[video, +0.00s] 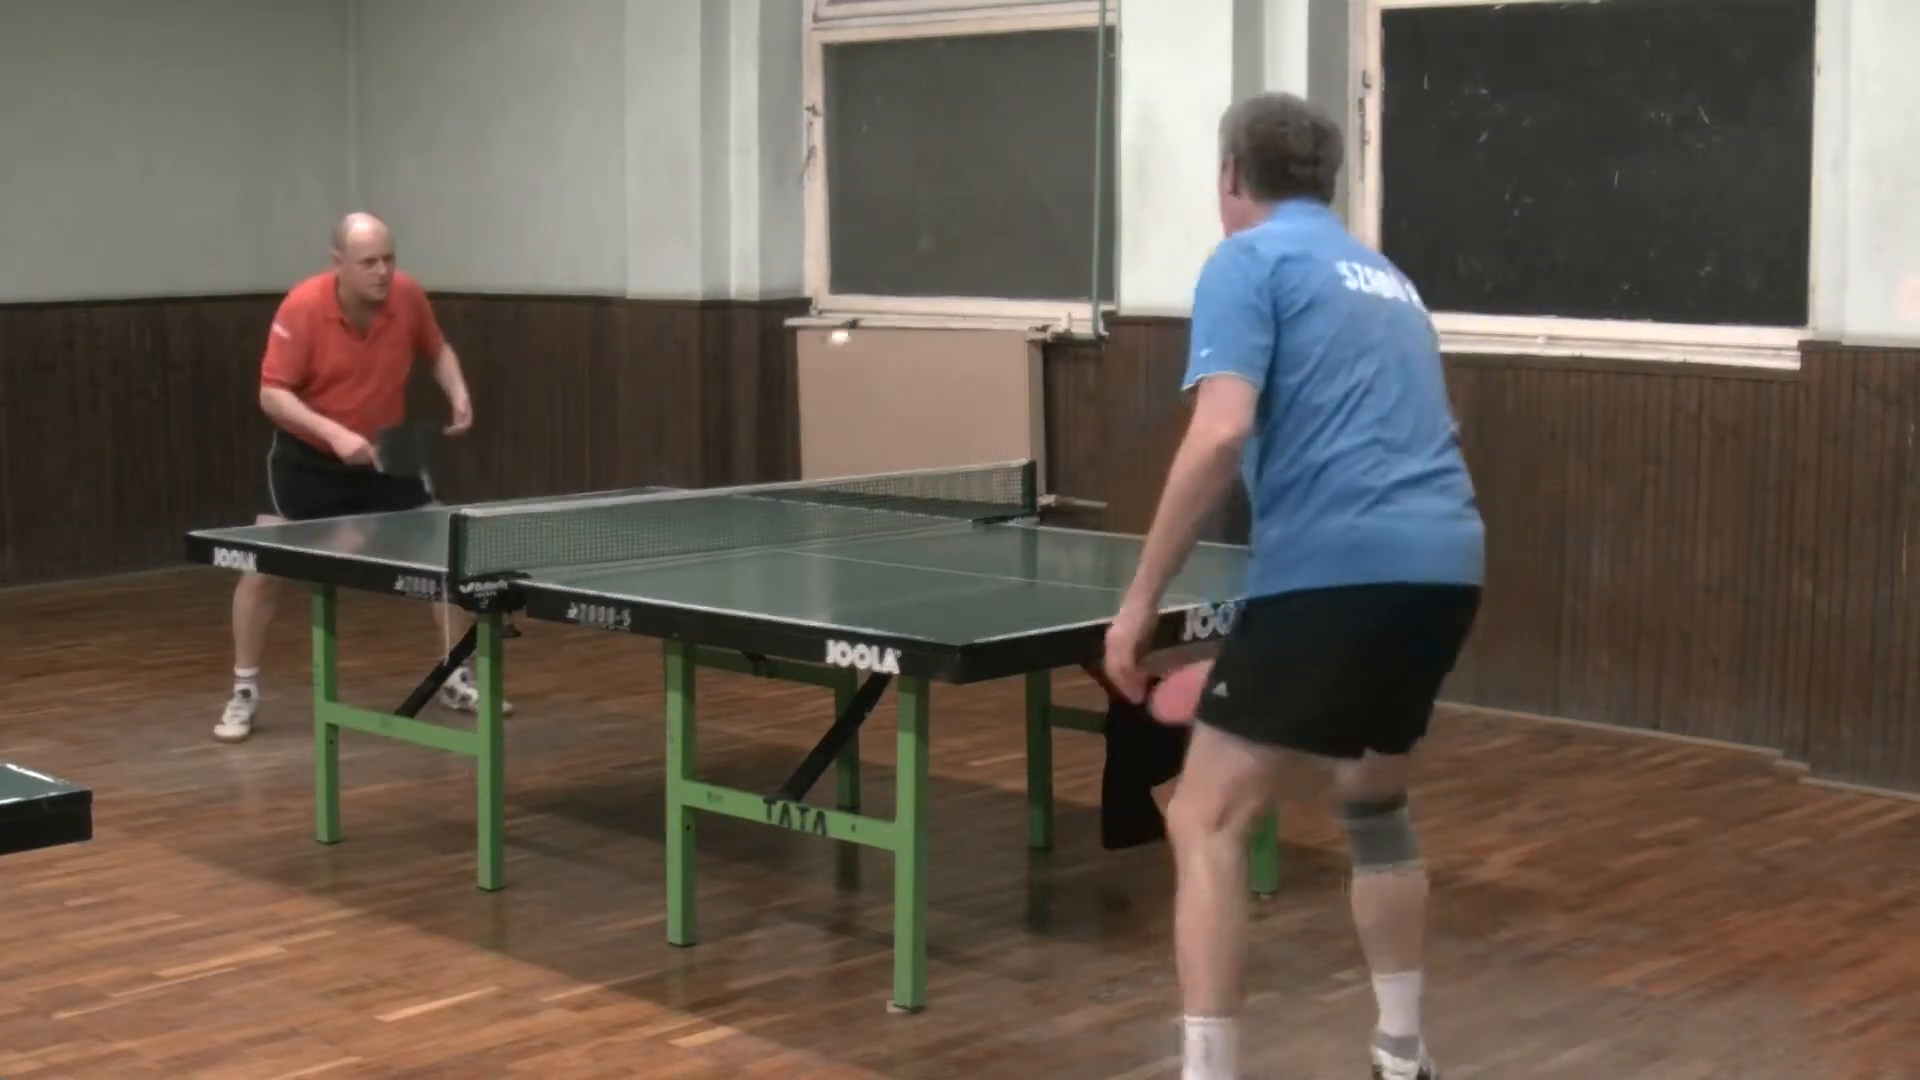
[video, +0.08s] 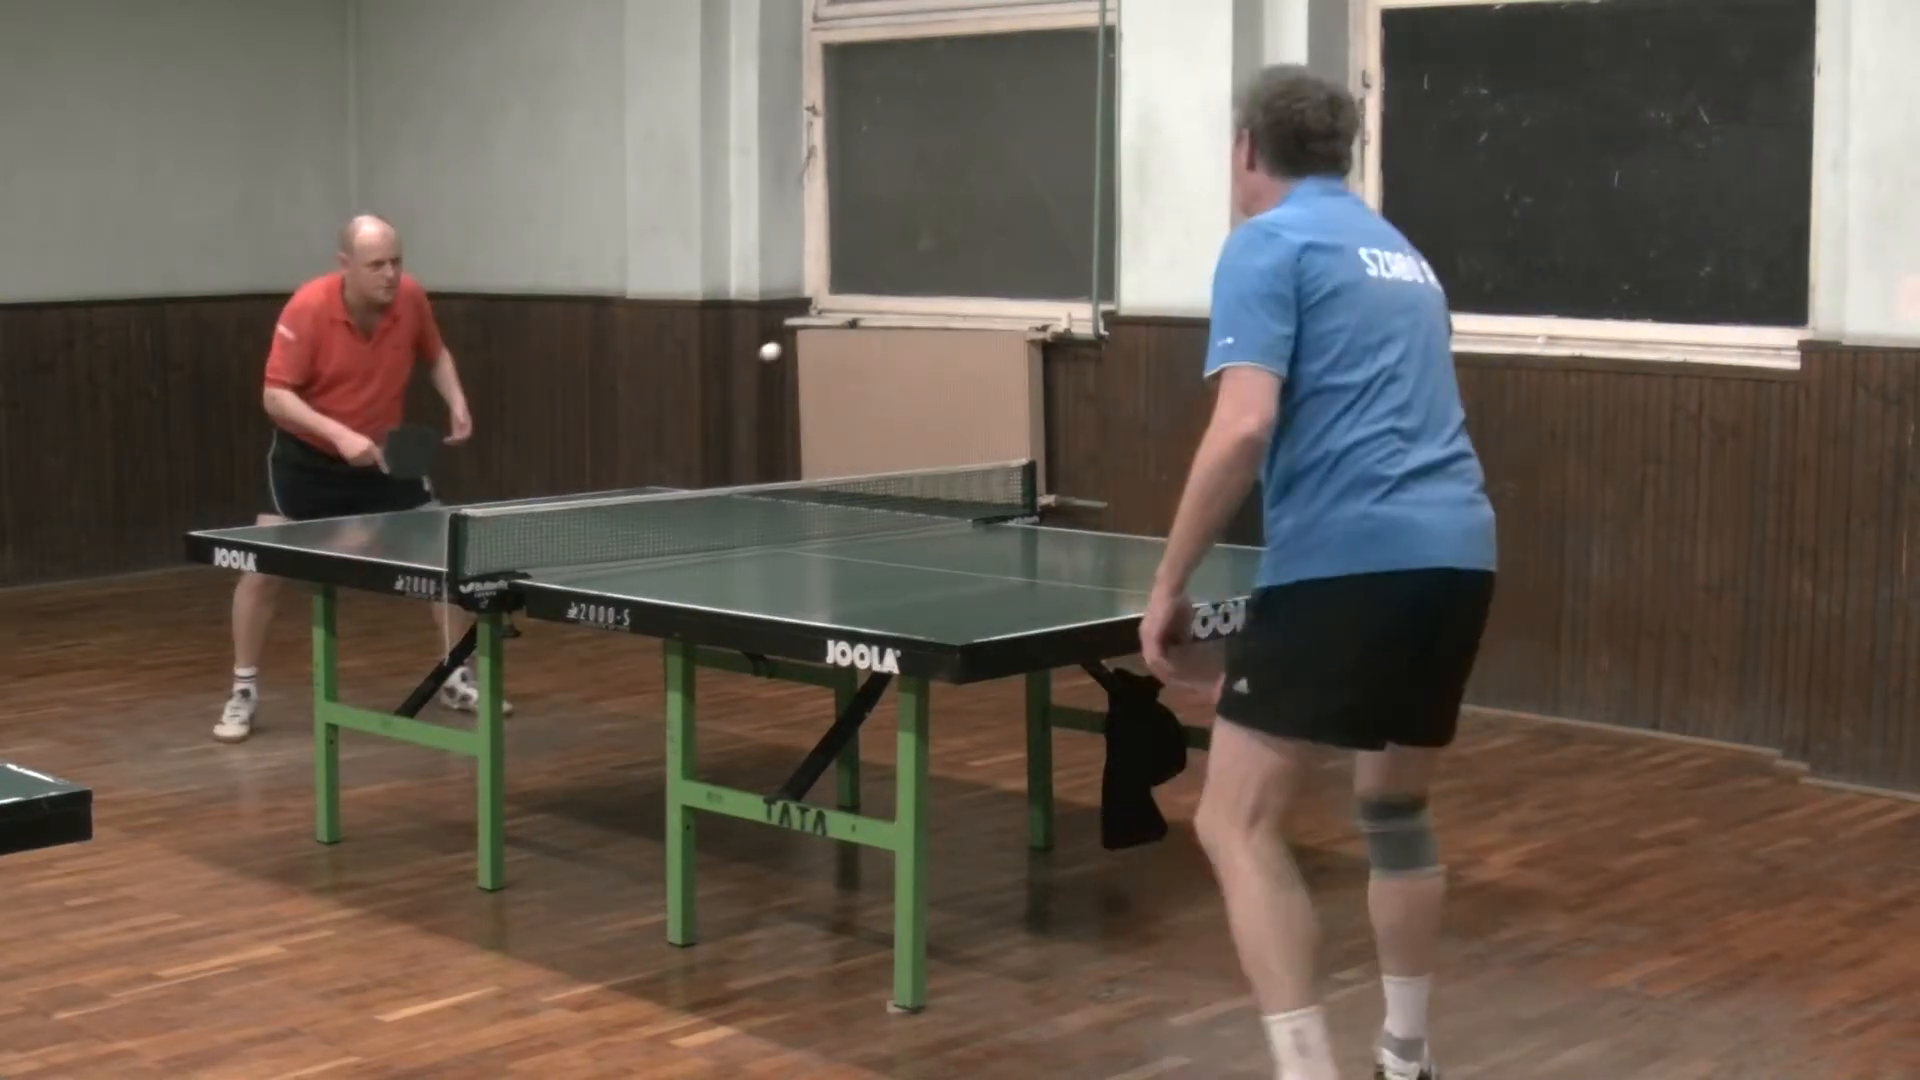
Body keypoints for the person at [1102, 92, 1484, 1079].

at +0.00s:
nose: (1218, 196)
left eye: (1219, 180)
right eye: (1219, 181)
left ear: (1235, 181)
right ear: (1326, 183)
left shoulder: (1246, 262)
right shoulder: (1381, 271)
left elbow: (1221, 434)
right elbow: (1366, 468)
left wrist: (1141, 601)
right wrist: (1245, 642)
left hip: (1332, 572)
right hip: (1445, 570)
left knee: (1205, 815)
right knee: (1375, 800)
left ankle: (1207, 1066)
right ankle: (1402, 1056)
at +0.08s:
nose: (1229, 170)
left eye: (1231, 153)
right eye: (1232, 153)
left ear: (1250, 154)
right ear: (1341, 156)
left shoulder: (1267, 246)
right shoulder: (1396, 247)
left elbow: (1242, 428)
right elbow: (1386, 439)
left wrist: (1170, 587)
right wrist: (1277, 625)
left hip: (1344, 565)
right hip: (1459, 559)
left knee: (1234, 818)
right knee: (1394, 803)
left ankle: (1306, 1066)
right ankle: (1407, 1056)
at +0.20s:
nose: (1252, 152)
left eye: (1255, 136)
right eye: (1255, 136)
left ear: (1272, 145)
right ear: (1368, 148)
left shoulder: (1275, 248)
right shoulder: (1430, 251)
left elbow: (1256, 444)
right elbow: (1487, 439)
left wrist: (1194, 605)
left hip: (1348, 590)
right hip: (1473, 583)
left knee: (1307, 849)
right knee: (1418, 814)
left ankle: (1376, 1066)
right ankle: (1406, 1047)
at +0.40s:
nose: (1298, 166)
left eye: (1302, 151)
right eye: (1303, 151)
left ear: (1318, 157)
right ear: (1413, 158)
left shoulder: (1302, 265)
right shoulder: (1483, 260)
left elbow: (1269, 468)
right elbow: (1518, 434)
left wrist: (1228, 618)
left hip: (1381, 600)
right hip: (1515, 583)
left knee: (1321, 861)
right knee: (1507, 772)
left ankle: (1379, 1070)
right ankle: (1554, 1023)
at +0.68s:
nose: (1360, 192)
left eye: (1361, 175)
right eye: (1363, 175)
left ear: (1378, 175)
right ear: (1464, 169)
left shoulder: (1394, 267)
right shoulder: (1537, 259)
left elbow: (1379, 458)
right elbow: (1561, 453)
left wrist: (1323, 619)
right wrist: (1455, 573)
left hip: (1517, 579)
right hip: (1626, 566)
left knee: (1422, 843)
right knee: (1601, 810)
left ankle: (1414, 1070)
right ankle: (1660, 1044)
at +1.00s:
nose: (1422, 250)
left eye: (1422, 236)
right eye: (1422, 236)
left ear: (1438, 240)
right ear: (1530, 229)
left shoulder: (1434, 329)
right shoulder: (1610, 309)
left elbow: (1422, 524)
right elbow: (1651, 463)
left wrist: (1426, 671)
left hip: (1580, 619)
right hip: (1710, 598)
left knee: (1442, 877)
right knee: (1663, 791)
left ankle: (1493, 1070)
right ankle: (1702, 1024)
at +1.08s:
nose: (1481, 259)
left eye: (1484, 247)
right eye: (1485, 246)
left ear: (1500, 254)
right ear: (1589, 252)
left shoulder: (1468, 344)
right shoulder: (1660, 343)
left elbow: (1419, 549)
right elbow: (1725, 514)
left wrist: (1441, 681)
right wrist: (1709, 633)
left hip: (1555, 652)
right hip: (1695, 639)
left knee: (1414, 888)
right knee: (1684, 812)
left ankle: (1478, 1071)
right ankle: (1716, 1013)